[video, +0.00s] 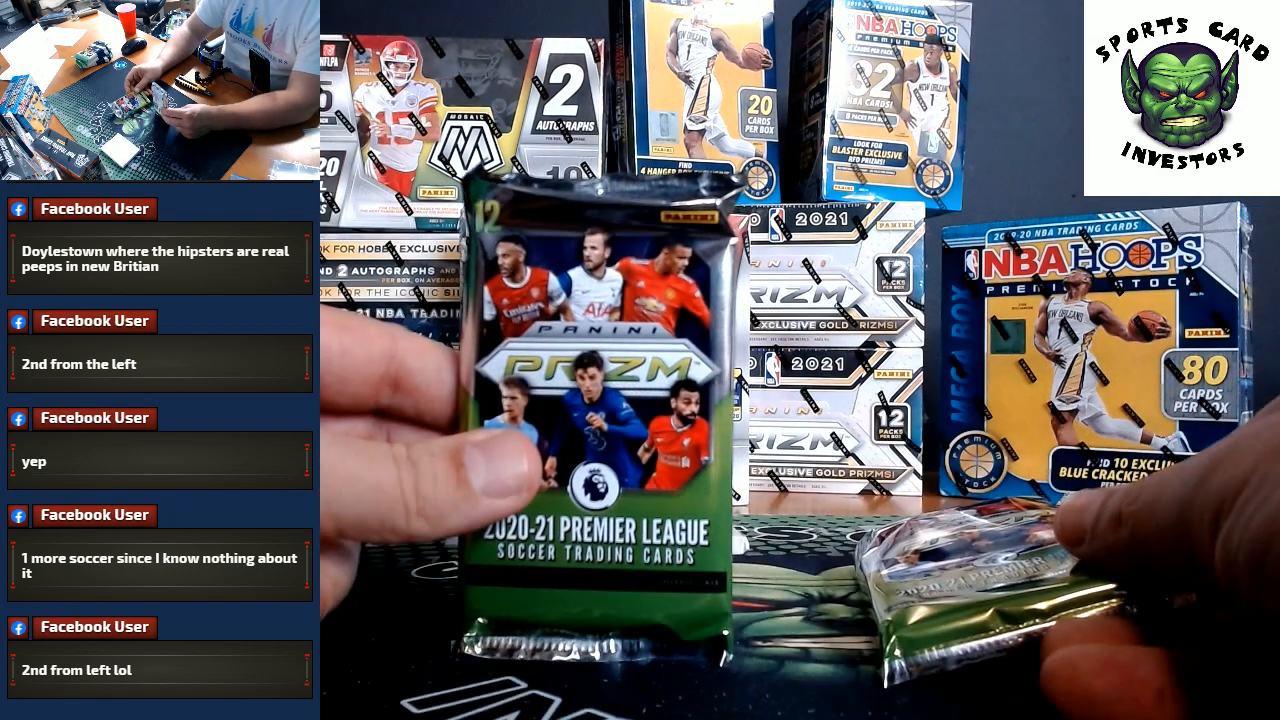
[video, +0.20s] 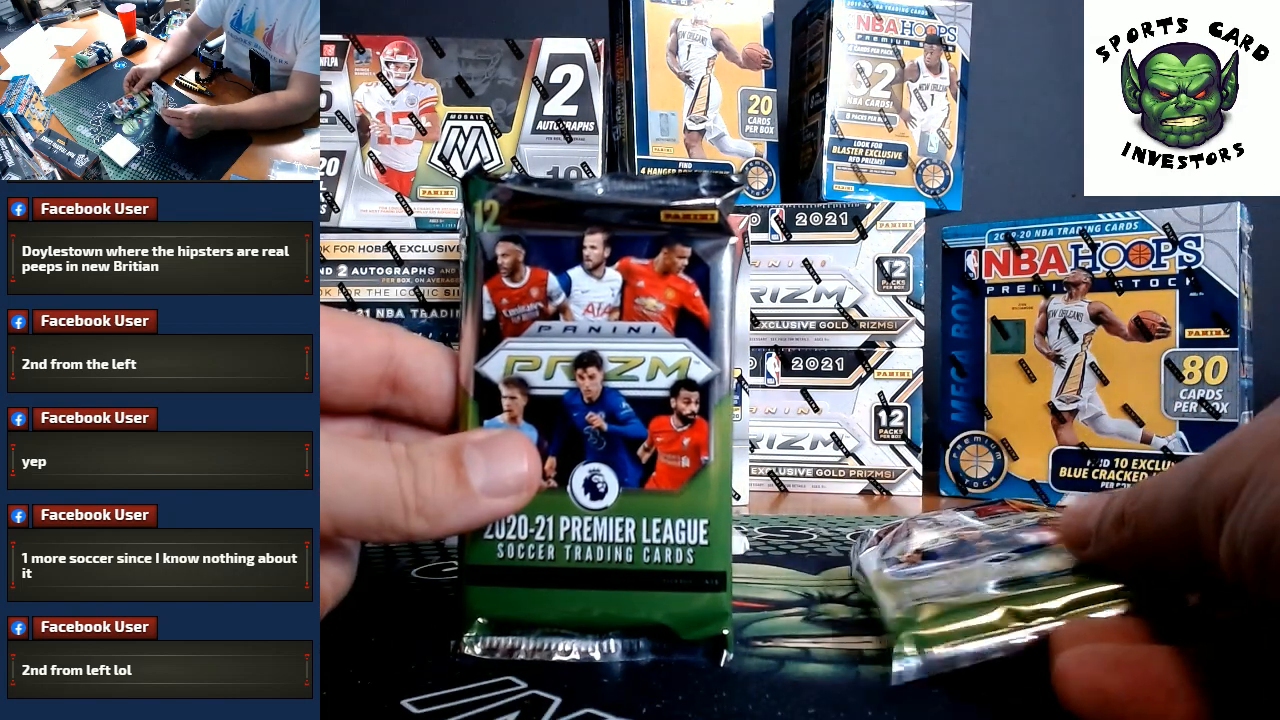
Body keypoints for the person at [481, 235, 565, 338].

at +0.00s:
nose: (500, 262)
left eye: (505, 256)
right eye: (498, 257)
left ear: (521, 256)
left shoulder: (546, 279)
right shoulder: (490, 290)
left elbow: (565, 310)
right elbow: (487, 329)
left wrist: (572, 337)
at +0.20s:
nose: (499, 262)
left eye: (505, 256)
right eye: (497, 257)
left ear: (520, 255)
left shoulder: (545, 278)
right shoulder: (489, 290)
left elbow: (565, 309)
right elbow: (486, 328)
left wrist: (571, 337)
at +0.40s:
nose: (493, 262)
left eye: (499, 256)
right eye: (491, 257)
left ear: (515, 255)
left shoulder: (540, 278)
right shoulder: (484, 290)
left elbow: (560, 309)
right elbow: (481, 329)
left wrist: (567, 335)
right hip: (507, 351)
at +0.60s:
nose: (493, 262)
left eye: (499, 255)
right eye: (491, 256)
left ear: (514, 255)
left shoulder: (539, 278)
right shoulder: (483, 290)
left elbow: (560, 308)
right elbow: (476, 327)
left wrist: (566, 336)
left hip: (541, 348)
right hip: (506, 351)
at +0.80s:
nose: (494, 262)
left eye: (500, 256)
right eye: (493, 257)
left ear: (515, 256)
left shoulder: (541, 278)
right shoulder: (485, 290)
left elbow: (561, 309)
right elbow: (477, 328)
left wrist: (568, 335)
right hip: (508, 350)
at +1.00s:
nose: (495, 263)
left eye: (500, 256)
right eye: (493, 257)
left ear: (516, 256)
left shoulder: (541, 278)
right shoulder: (485, 290)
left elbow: (561, 309)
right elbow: (477, 328)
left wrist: (567, 336)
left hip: (542, 347)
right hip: (508, 350)